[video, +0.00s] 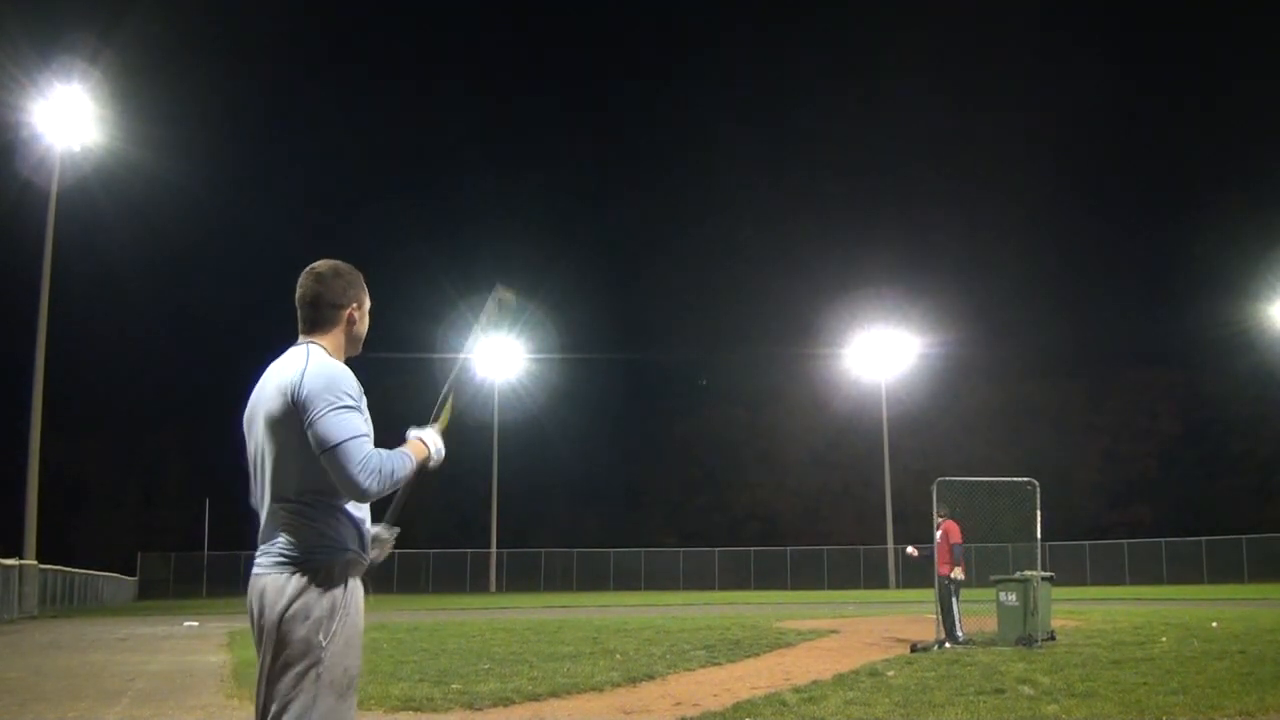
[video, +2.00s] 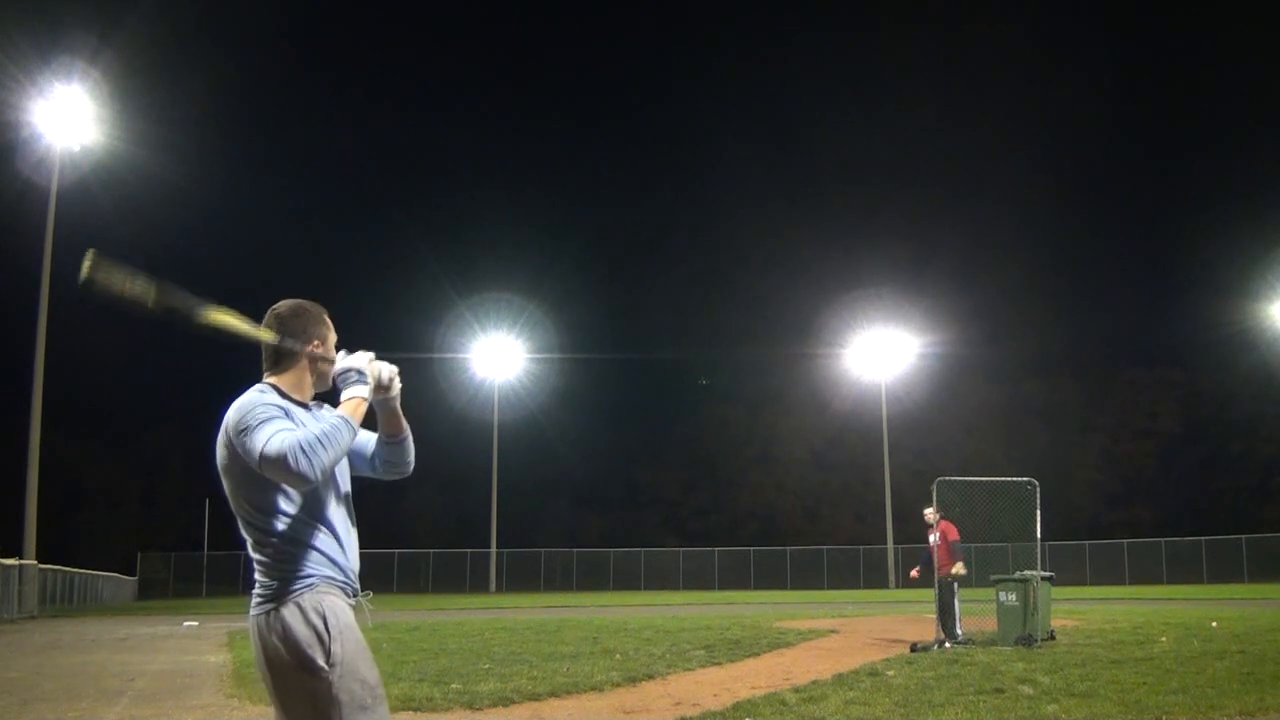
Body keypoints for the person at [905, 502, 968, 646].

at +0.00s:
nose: (933, 517)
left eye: (934, 514)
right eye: (933, 515)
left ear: (939, 514)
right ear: (940, 514)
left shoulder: (950, 526)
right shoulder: (940, 529)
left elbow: (956, 546)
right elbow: (937, 550)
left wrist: (957, 566)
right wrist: (918, 552)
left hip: (949, 573)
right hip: (941, 574)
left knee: (951, 605)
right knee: (944, 606)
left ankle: (956, 636)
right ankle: (949, 636)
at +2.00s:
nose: (927, 517)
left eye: (930, 514)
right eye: (925, 515)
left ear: (937, 514)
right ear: (925, 518)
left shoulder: (946, 526)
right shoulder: (931, 532)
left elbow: (955, 544)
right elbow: (930, 554)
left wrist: (958, 562)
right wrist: (919, 568)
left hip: (949, 573)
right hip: (939, 574)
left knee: (950, 605)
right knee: (941, 606)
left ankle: (954, 635)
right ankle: (946, 635)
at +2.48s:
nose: (929, 518)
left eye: (931, 515)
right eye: (926, 516)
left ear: (938, 515)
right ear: (925, 519)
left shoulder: (952, 526)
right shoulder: (926, 536)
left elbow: (969, 540)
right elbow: (928, 557)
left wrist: (974, 557)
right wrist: (926, 573)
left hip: (957, 571)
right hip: (942, 575)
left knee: (955, 606)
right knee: (944, 607)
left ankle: (953, 637)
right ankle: (948, 636)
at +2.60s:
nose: (930, 517)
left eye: (932, 514)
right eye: (928, 515)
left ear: (939, 515)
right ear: (927, 519)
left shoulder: (954, 526)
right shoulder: (930, 532)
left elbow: (970, 539)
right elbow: (920, 529)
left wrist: (973, 553)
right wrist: (918, 516)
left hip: (958, 572)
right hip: (943, 575)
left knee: (955, 606)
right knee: (945, 607)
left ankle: (954, 636)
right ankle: (948, 636)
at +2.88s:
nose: (943, 511)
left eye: (945, 509)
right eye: (939, 509)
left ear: (951, 512)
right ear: (936, 513)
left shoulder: (961, 526)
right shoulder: (934, 527)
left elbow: (974, 542)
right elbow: (924, 534)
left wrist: (974, 558)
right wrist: (919, 524)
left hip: (958, 572)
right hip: (942, 574)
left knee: (955, 605)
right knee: (943, 606)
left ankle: (953, 637)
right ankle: (950, 634)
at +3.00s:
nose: (948, 511)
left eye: (950, 509)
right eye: (945, 509)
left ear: (956, 512)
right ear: (941, 512)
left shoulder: (965, 528)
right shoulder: (934, 530)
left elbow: (975, 547)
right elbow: (928, 549)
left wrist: (976, 565)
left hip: (959, 572)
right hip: (942, 573)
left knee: (955, 604)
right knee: (943, 604)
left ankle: (952, 636)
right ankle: (960, 625)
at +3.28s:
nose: (952, 514)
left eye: (955, 512)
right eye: (950, 512)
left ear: (961, 515)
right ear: (946, 515)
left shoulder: (968, 530)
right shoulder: (943, 532)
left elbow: (980, 550)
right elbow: (942, 554)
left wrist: (980, 570)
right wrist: (941, 573)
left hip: (963, 573)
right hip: (949, 574)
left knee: (960, 606)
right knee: (957, 606)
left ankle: (954, 637)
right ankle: (972, 632)